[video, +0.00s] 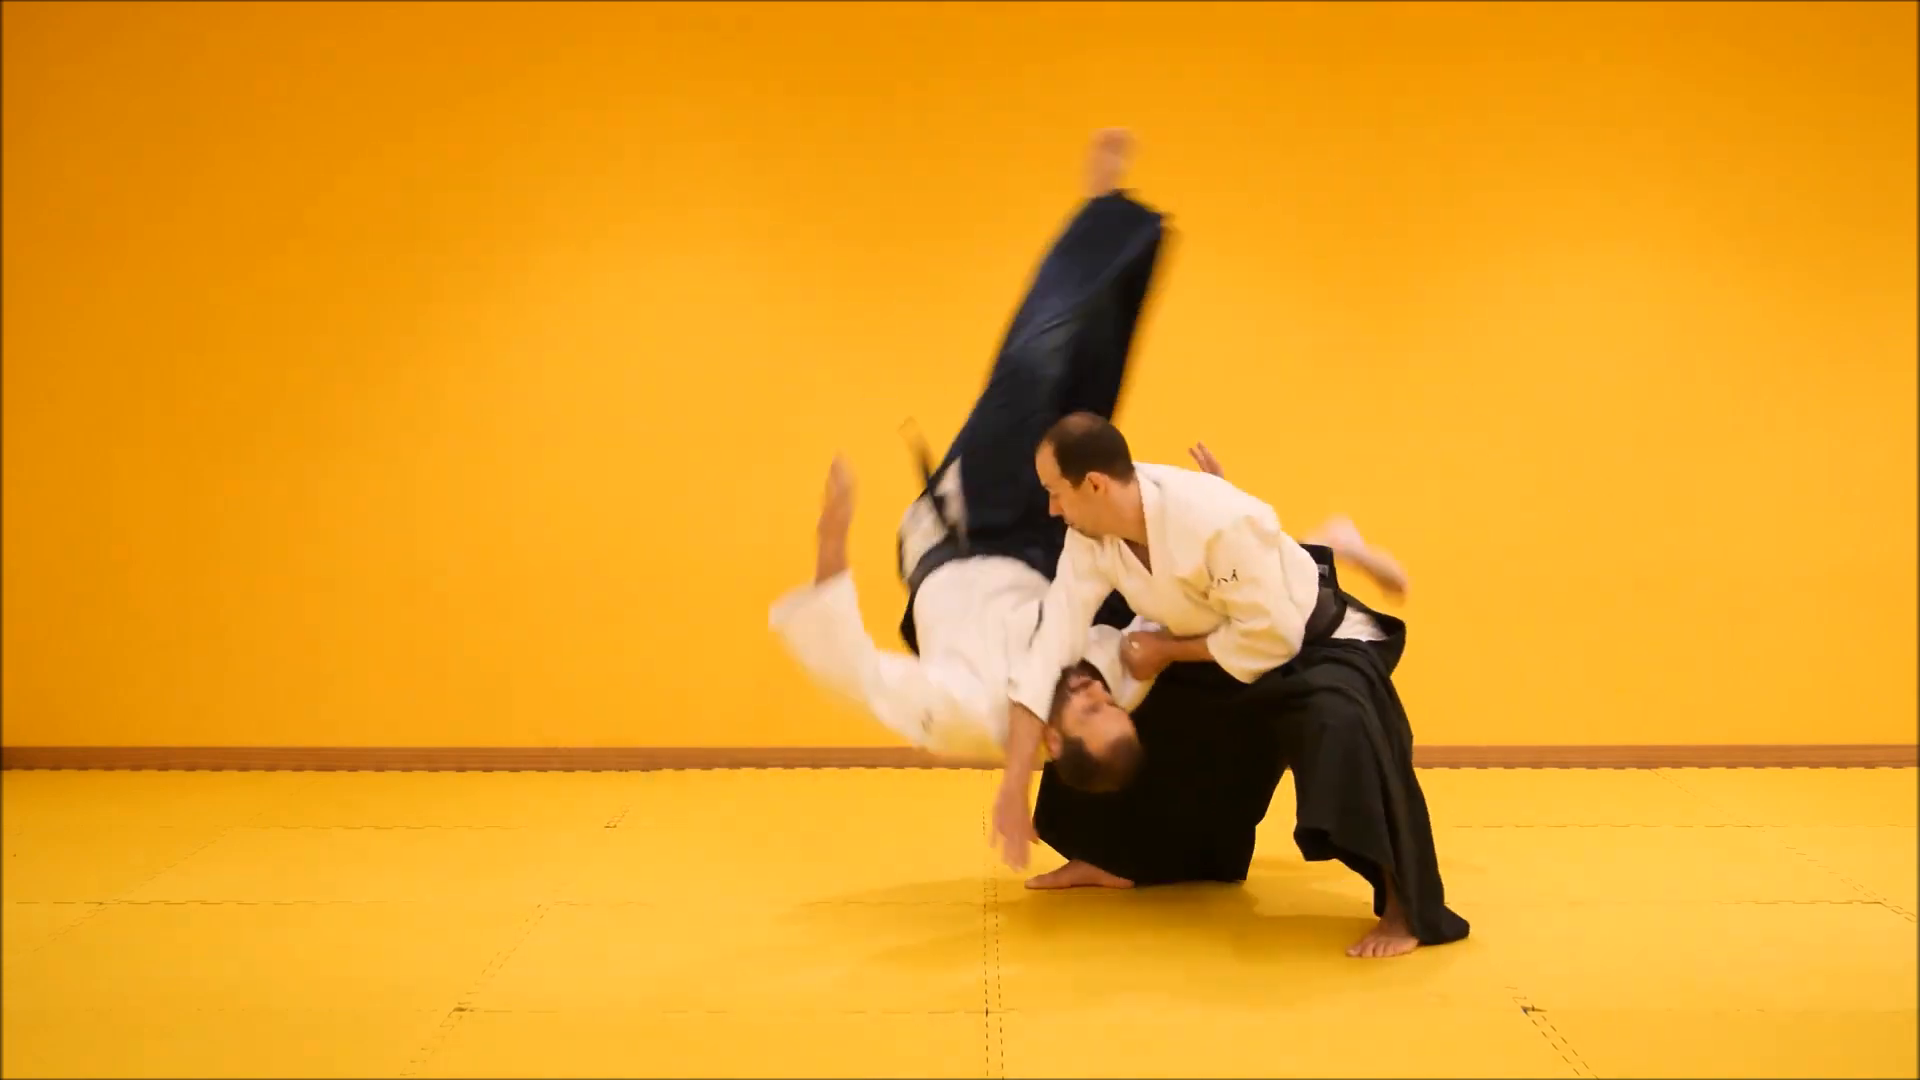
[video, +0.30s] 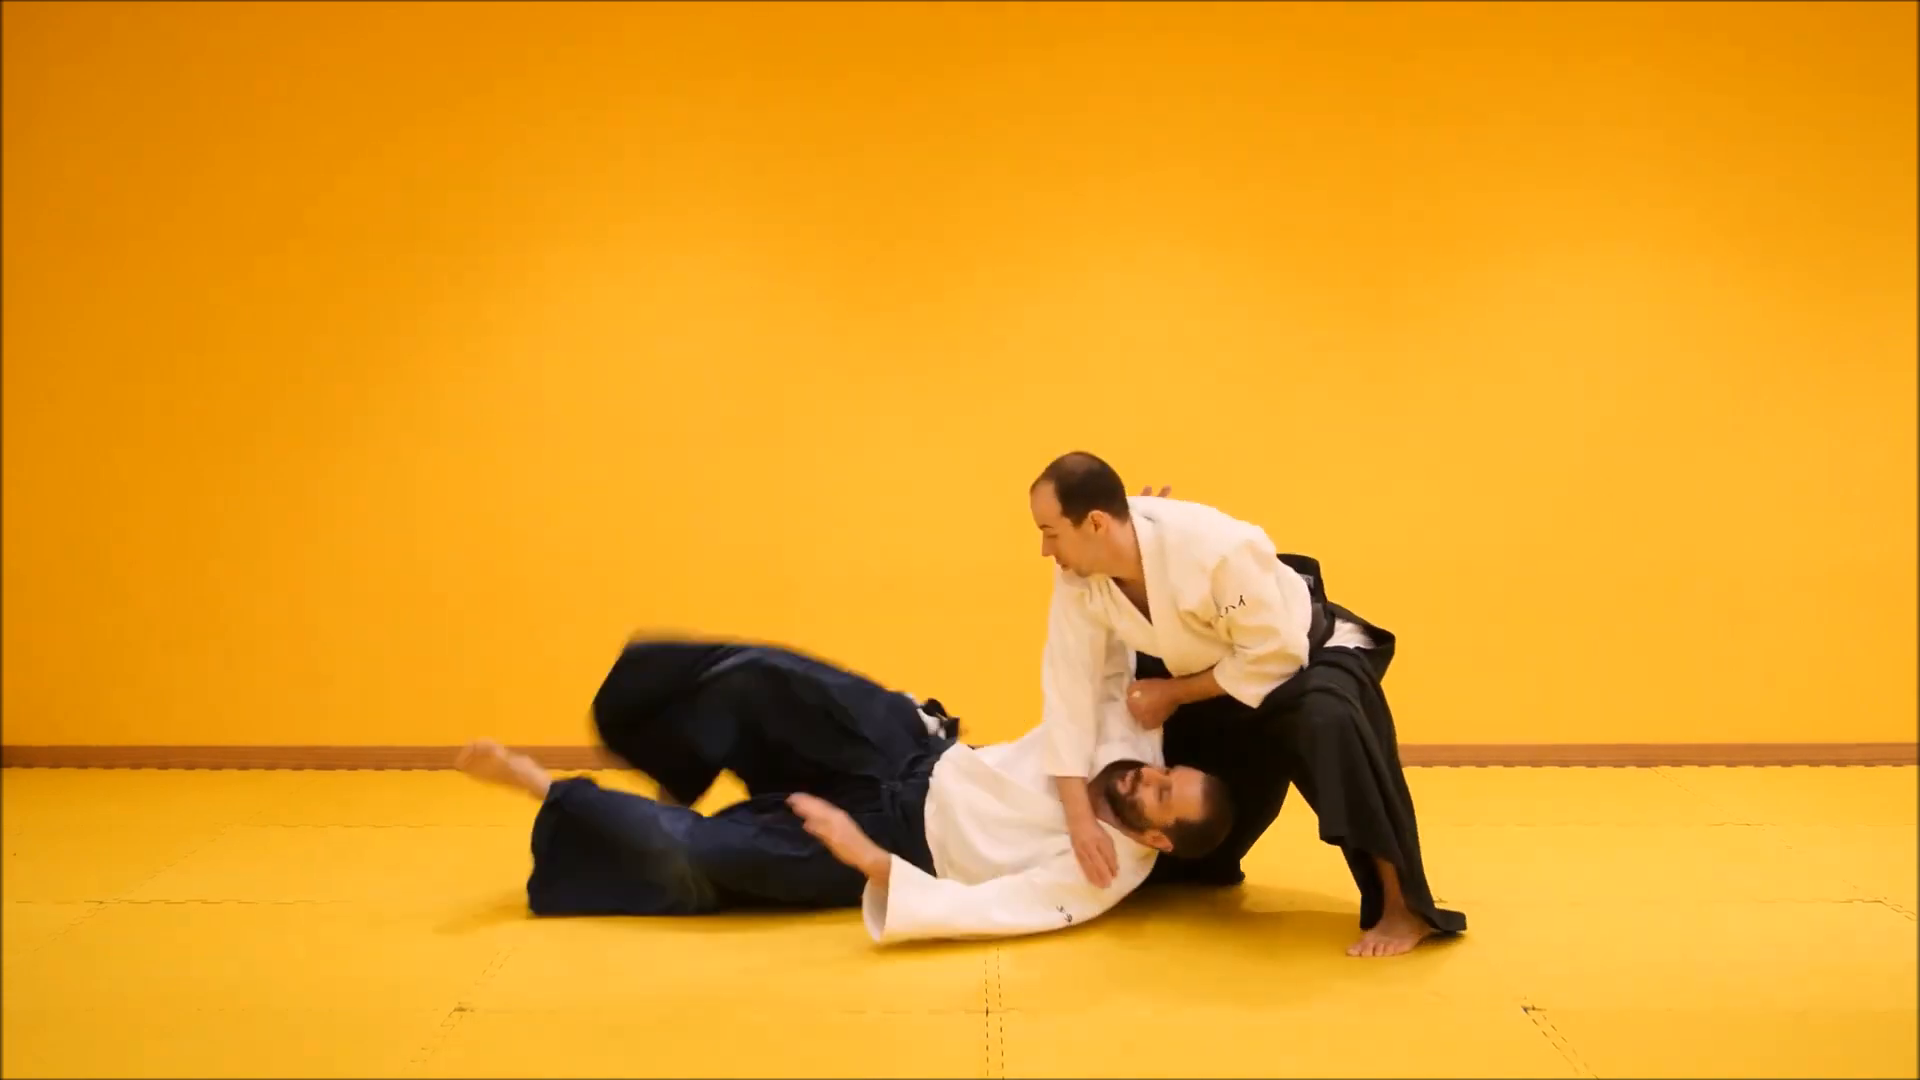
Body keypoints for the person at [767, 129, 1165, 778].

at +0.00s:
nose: (1092, 695)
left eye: (1086, 716)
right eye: (1111, 710)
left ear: (1058, 741)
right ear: (1122, 707)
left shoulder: (961, 716)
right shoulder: (1119, 663)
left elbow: (853, 668)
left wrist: (831, 550)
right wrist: (1215, 514)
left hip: (962, 545)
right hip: (1061, 557)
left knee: (1034, 360)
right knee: (1090, 388)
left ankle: (1107, 205)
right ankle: (1135, 230)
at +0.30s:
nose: (1155, 789)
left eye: (1169, 813)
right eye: (1173, 780)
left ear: (1166, 841)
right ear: (1169, 759)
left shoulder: (1098, 875)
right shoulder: (1109, 732)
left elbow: (977, 906)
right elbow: (1079, 648)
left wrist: (869, 853)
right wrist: (1084, 551)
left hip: (886, 843)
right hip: (914, 745)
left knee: (697, 855)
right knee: (748, 674)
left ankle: (542, 784)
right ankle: (674, 772)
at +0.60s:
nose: (1033, 796)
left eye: (1055, 804)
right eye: (1038, 776)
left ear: (1086, 809)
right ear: (1045, 738)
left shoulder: (1074, 852)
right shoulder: (1004, 693)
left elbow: (1043, 923)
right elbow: (910, 632)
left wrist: (958, 862)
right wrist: (810, 563)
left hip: (824, 874)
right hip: (811, 779)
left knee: (633, 851)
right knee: (606, 762)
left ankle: (501, 781)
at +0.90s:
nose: (855, 707)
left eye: (874, 694)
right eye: (843, 688)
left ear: (901, 671)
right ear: (818, 653)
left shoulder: (945, 721)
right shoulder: (756, 655)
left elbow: (997, 833)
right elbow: (674, 741)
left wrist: (925, 921)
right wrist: (696, 858)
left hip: (802, 853)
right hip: (733, 780)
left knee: (652, 917)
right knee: (593, 699)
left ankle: (551, 891)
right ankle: (541, 861)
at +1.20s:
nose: (824, 637)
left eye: (829, 622)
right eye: (809, 625)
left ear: (835, 609)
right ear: (756, 616)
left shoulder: (832, 650)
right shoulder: (663, 626)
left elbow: (868, 767)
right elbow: (648, 773)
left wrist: (905, 906)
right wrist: (697, 905)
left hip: (710, 758)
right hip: (606, 705)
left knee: (702, 905)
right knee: (472, 768)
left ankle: (569, 879)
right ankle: (494, 883)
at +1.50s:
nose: (813, 476)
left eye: (815, 462)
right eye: (808, 463)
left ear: (759, 462)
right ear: (765, 469)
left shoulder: (695, 468)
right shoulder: (703, 512)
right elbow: (706, 656)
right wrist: (727, 809)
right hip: (526, 643)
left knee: (664, 763)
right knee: (595, 808)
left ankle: (557, 864)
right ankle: (442, 861)